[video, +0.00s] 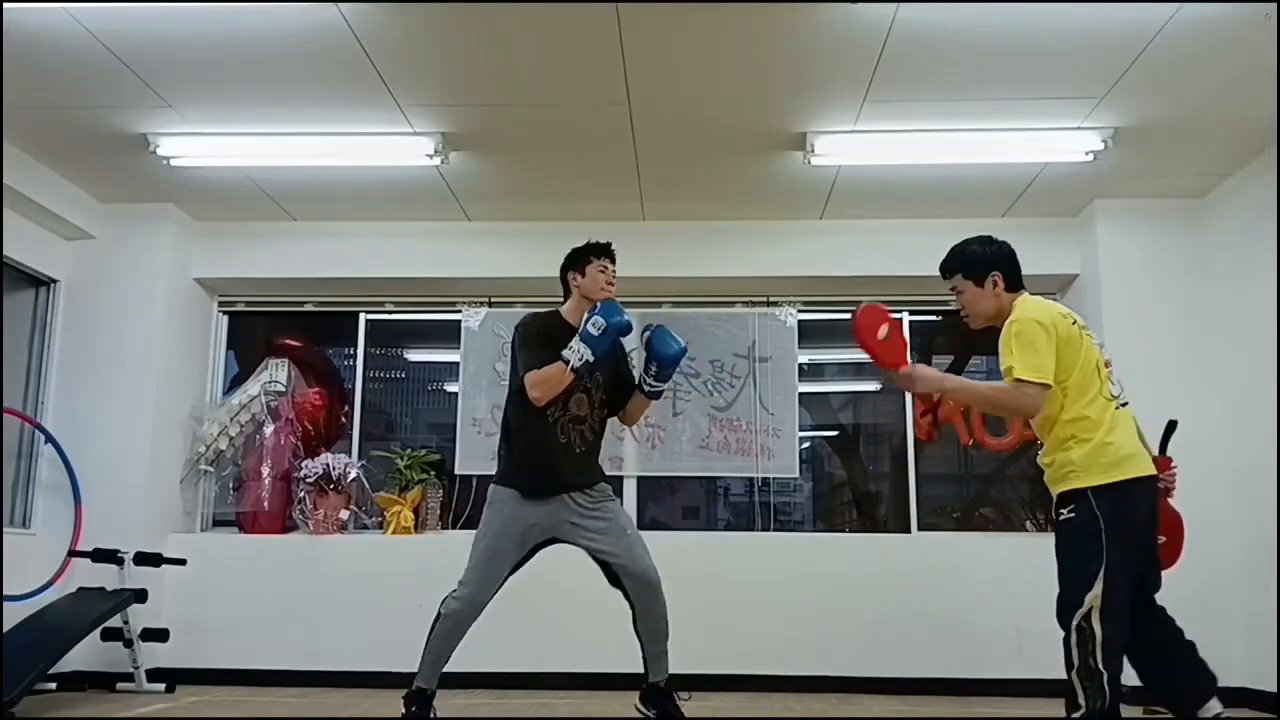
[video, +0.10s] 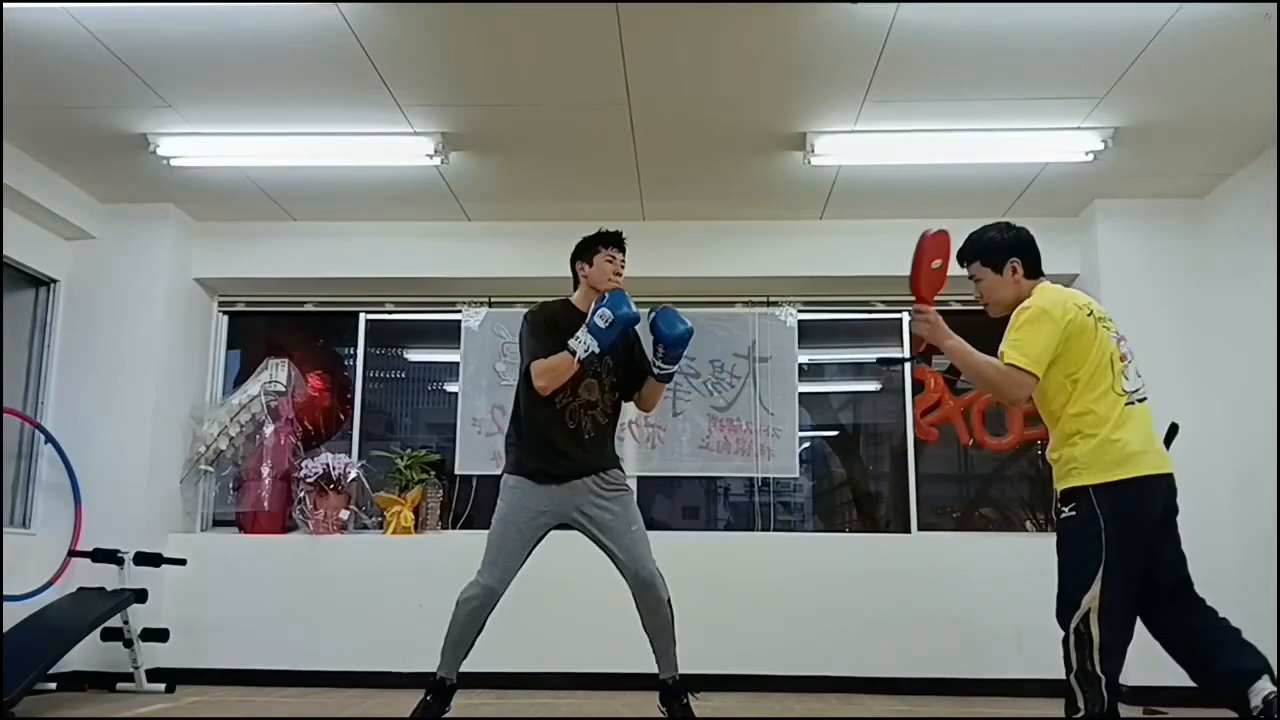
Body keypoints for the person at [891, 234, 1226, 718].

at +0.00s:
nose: (958, 305)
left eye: (961, 292)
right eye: (955, 295)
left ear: (995, 282)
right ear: (999, 284)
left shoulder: (1026, 317)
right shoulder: (1054, 315)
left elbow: (1028, 399)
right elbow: (1095, 402)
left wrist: (941, 383)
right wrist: (1141, 461)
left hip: (1096, 484)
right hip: (1126, 476)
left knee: (1087, 614)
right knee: (1135, 608)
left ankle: (1093, 709)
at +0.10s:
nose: (975, 292)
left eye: (979, 278)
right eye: (972, 281)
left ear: (1015, 268)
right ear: (1024, 270)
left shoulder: (1041, 306)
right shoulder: (1079, 304)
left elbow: (1015, 385)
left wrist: (945, 340)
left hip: (1100, 481)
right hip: (1146, 475)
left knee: (1088, 620)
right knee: (1169, 601)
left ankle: (1092, 707)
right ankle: (1259, 694)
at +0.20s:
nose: (1000, 288)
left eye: (1002, 273)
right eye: (996, 278)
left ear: (1037, 260)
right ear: (1044, 263)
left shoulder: (1060, 297)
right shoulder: (1109, 299)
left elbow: (1032, 377)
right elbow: (1117, 407)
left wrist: (963, 327)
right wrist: (1080, 489)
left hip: (1115, 484)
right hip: (1171, 479)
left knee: (1090, 634)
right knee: (1215, 615)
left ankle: (1090, 709)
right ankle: (1273, 697)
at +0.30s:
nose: (1027, 300)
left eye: (1028, 283)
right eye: (1022, 290)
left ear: (1063, 267)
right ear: (1074, 270)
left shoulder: (1082, 299)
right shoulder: (1140, 306)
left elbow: (1063, 369)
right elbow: (1151, 410)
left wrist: (988, 331)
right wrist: (1092, 489)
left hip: (1133, 483)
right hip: (1200, 485)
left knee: (1084, 615)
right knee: (1237, 622)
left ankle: (1083, 707)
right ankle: (1270, 703)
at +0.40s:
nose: (1041, 301)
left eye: (1041, 284)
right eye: (1036, 292)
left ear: (1075, 264)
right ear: (1089, 269)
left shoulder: (1095, 293)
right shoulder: (1162, 308)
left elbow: (1088, 360)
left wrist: (1006, 334)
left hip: (1137, 483)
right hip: (1210, 487)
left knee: (1076, 614)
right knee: (1242, 622)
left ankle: (1066, 709)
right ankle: (1269, 706)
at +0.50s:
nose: (1038, 294)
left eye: (1038, 277)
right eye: (1033, 283)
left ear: (1071, 258)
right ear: (1089, 262)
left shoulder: (1088, 287)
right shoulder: (1173, 308)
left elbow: (1080, 353)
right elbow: (1221, 396)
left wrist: (997, 323)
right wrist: (1248, 480)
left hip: (1127, 480)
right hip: (1204, 489)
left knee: (1064, 606)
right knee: (1234, 623)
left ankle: (1044, 708)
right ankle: (1267, 705)